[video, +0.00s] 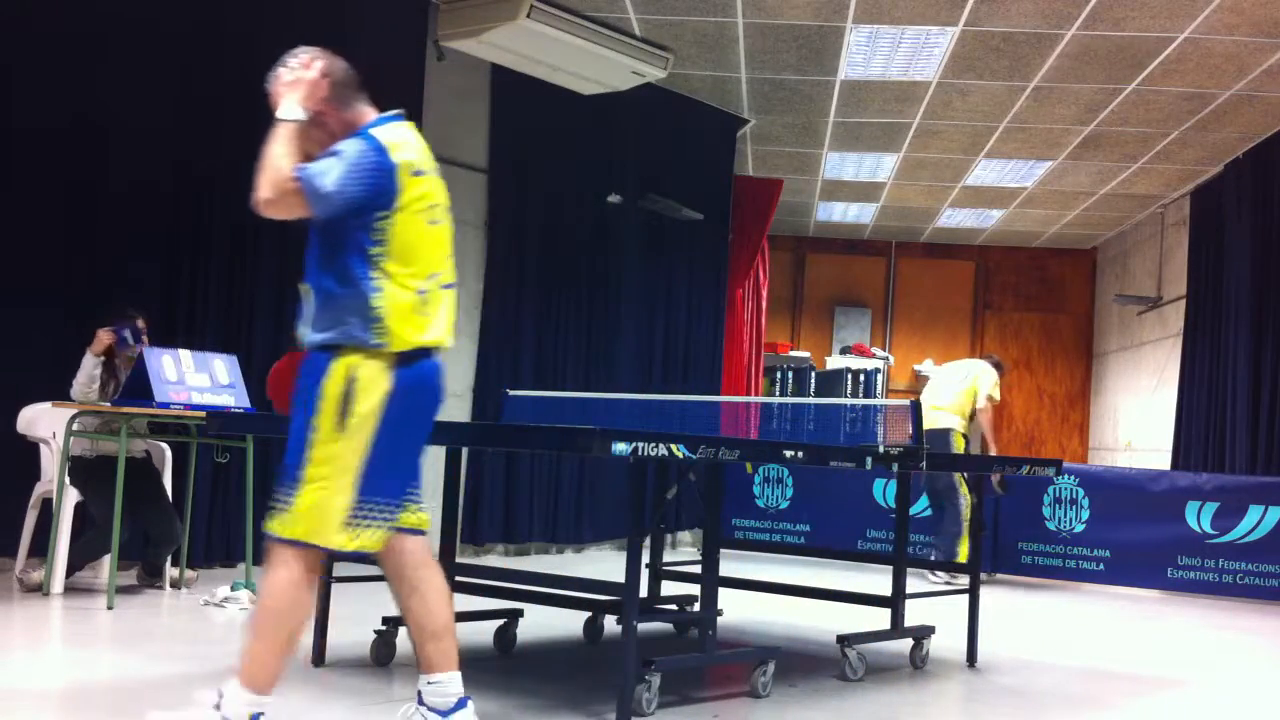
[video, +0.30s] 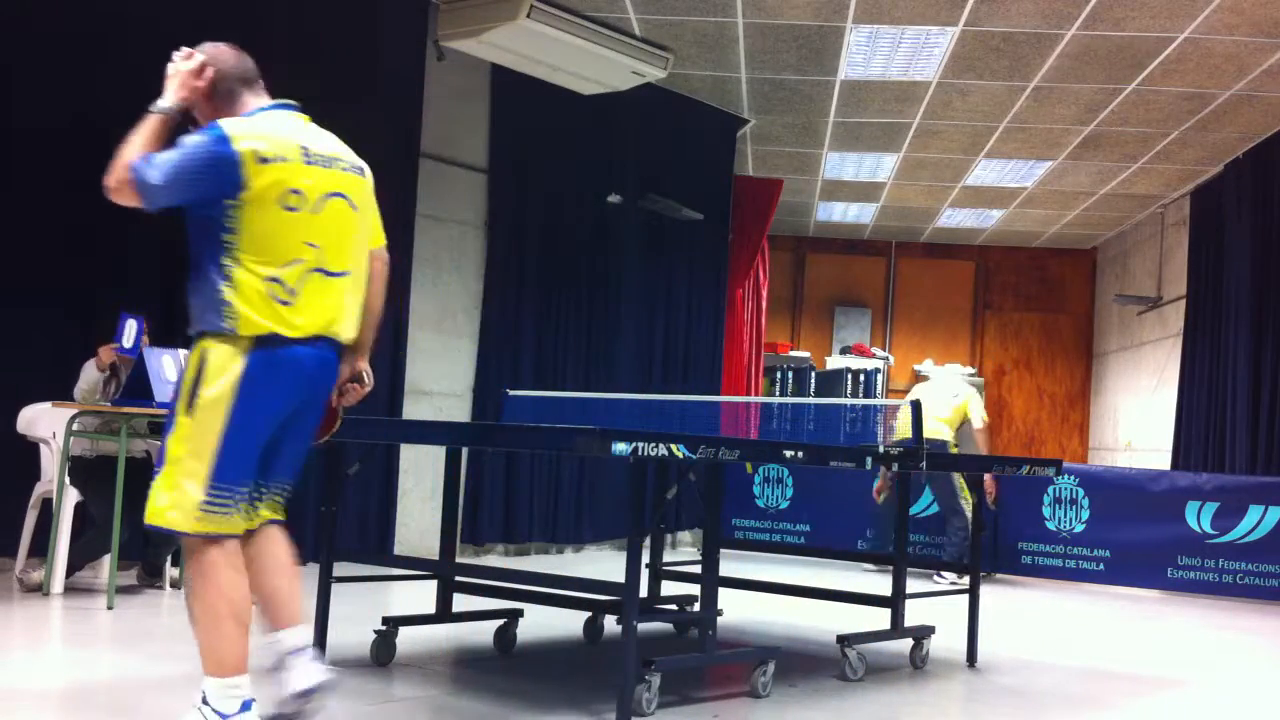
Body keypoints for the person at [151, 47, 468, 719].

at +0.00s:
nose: (292, 129)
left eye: (292, 113)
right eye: (286, 113)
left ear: (317, 98)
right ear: (345, 91)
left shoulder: (369, 153)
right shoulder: (401, 143)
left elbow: (273, 194)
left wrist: (289, 111)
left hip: (360, 369)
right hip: (407, 369)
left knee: (296, 544)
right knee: (401, 538)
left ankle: (241, 704)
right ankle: (446, 701)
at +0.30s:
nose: (180, 101)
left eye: (181, 91)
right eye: (179, 89)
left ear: (200, 87)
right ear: (261, 83)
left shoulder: (226, 144)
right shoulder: (341, 153)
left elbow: (122, 182)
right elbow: (376, 256)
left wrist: (168, 104)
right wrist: (358, 353)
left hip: (247, 355)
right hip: (318, 356)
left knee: (207, 526)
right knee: (259, 509)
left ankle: (227, 704)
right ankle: (297, 659)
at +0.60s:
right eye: (239, 98)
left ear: (175, 106)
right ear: (239, 102)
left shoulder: (150, 151)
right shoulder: (294, 168)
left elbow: (77, 155)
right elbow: (322, 270)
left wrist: (144, 104)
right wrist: (320, 368)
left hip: (165, 368)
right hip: (255, 373)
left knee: (118, 527)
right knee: (197, 528)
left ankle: (173, 641)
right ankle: (165, 677)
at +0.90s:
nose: (226, 119)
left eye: (226, 107)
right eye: (221, 105)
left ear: (151, 98)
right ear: (190, 98)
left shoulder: (88, 156)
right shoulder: (214, 160)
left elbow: (98, 157)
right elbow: (223, 258)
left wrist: (131, 119)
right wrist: (244, 357)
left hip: (99, 365)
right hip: (183, 368)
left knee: (84, 521)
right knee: (171, 532)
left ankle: (13, 666)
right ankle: (154, 690)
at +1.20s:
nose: (188, 113)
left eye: (185, 100)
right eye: (177, 99)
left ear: (132, 105)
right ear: (136, 101)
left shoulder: (114, 164)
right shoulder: (113, 151)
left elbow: (120, 300)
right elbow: (78, 234)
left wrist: (210, 298)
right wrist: (76, 341)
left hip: (50, 357)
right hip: (102, 360)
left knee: (31, 511)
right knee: (145, 516)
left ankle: (6, 671)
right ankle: (145, 681)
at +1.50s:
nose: (192, 112)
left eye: (190, 99)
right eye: (186, 98)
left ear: (137, 100)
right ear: (160, 99)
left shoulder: (102, 150)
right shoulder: (119, 151)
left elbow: (66, 261)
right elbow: (45, 244)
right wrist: (6, 333)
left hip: (52, 353)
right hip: (100, 357)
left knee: (23, 518)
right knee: (111, 525)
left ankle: (7, 673)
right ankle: (89, 690)